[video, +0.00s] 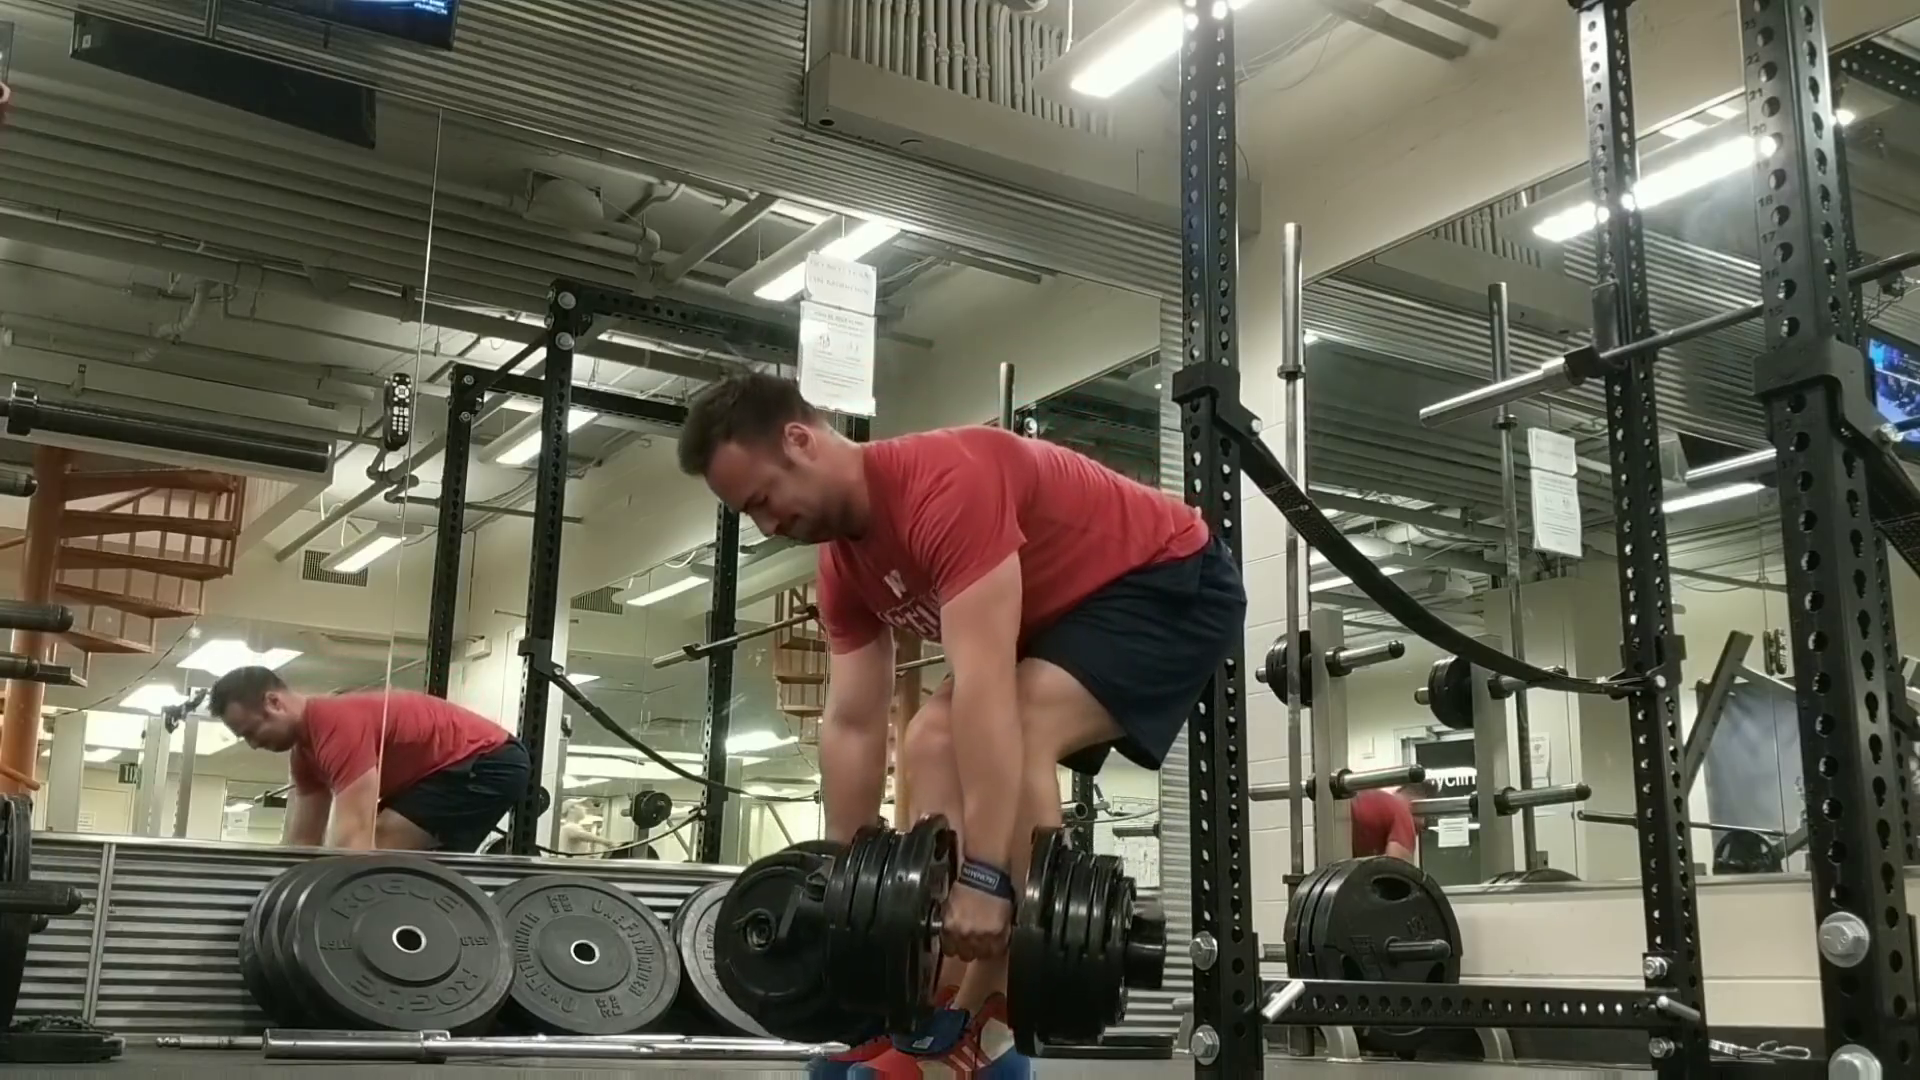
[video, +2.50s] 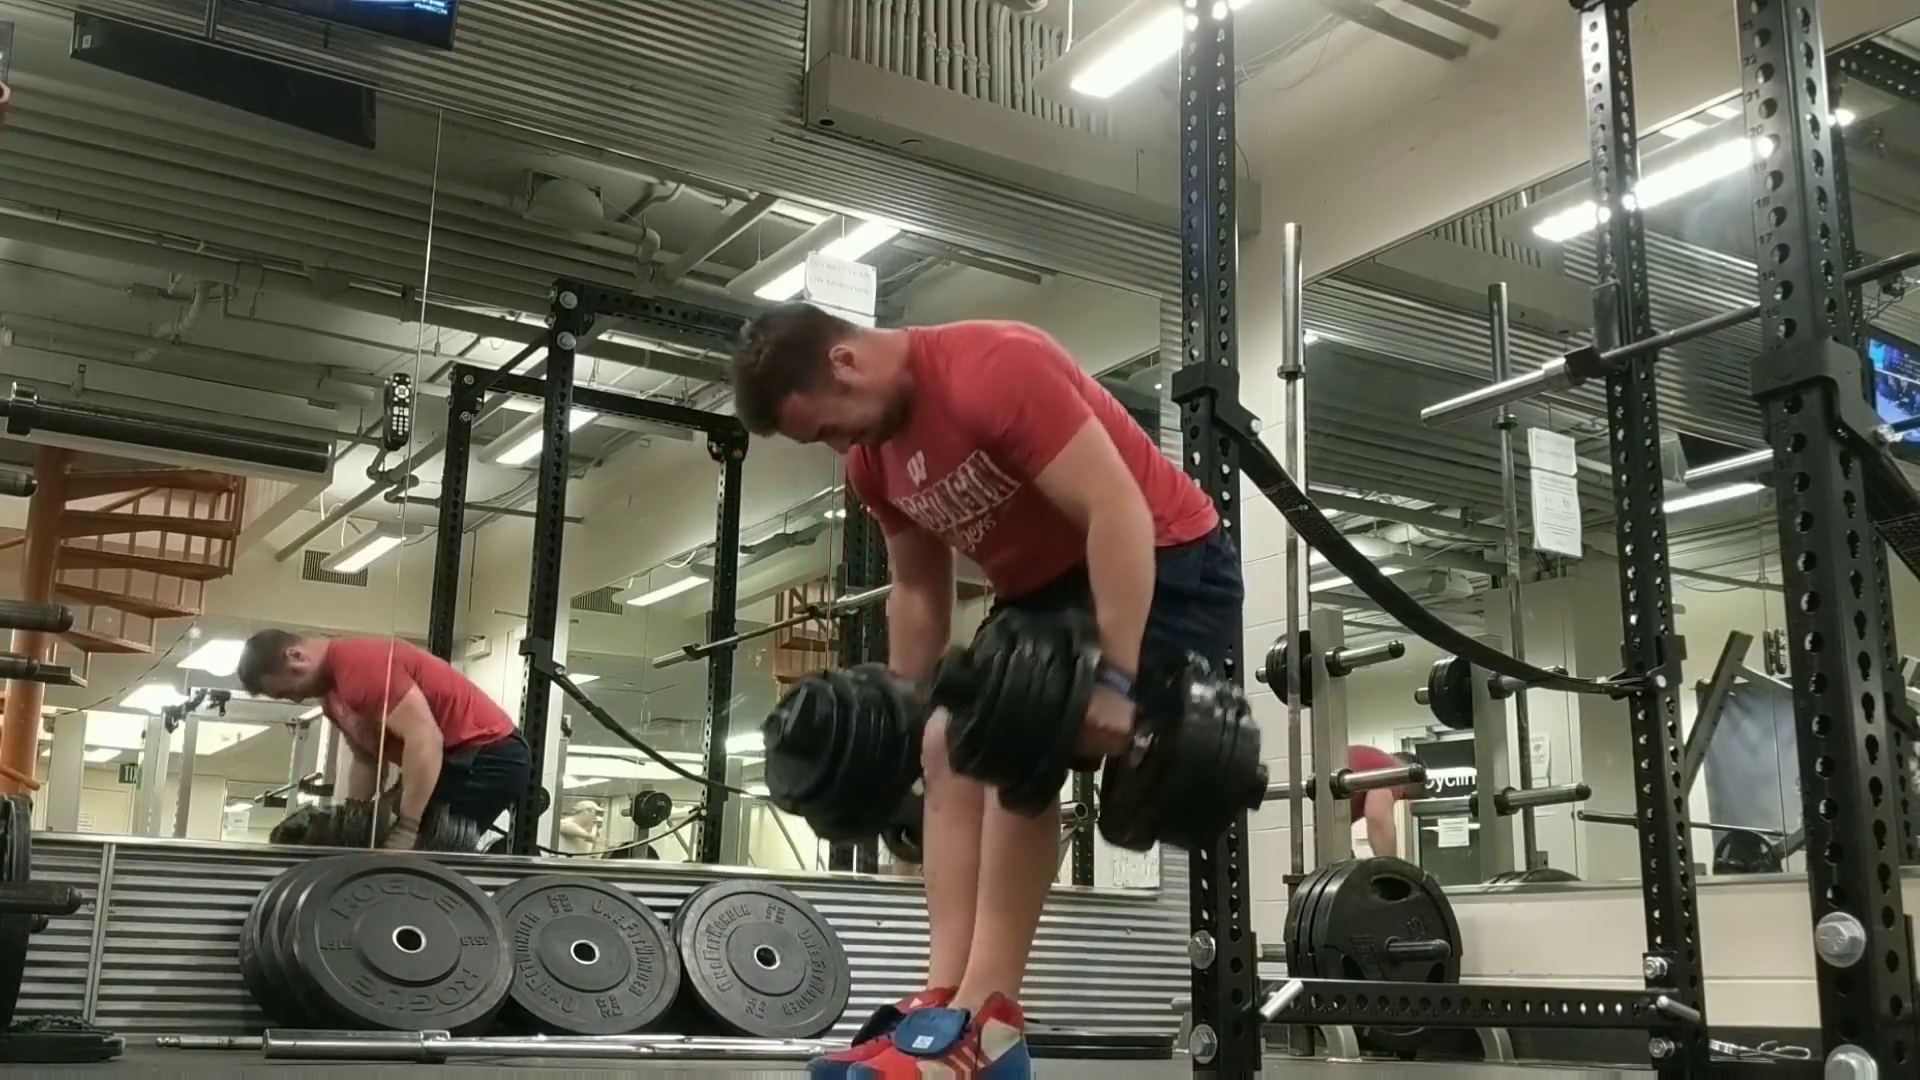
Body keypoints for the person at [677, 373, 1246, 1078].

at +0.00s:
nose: (764, 525)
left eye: (762, 499)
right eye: (748, 515)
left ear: (803, 439)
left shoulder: (952, 483)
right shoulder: (845, 566)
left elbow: (985, 687)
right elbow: (854, 723)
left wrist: (985, 879)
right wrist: (845, 884)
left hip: (1167, 580)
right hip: (1061, 615)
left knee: (1015, 726)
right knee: (933, 737)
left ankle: (991, 1029)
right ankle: (935, 1018)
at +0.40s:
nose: (789, 483)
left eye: (784, 456)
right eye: (772, 473)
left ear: (820, 396)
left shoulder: (967, 432)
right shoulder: (853, 523)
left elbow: (1054, 601)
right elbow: (881, 664)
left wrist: (1048, 785)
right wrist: (872, 817)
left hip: (1167, 576)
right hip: (1047, 601)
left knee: (1012, 741)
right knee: (937, 738)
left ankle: (992, 1017)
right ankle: (944, 995)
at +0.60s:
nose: (819, 453)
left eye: (810, 432)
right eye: (800, 447)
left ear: (834, 366)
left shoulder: (985, 382)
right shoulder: (865, 475)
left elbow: (1107, 524)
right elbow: (915, 595)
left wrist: (1097, 691)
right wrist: (904, 735)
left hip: (1159, 563)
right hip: (1038, 594)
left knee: (1026, 752)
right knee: (956, 746)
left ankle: (991, 1014)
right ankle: (942, 1000)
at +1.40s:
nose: (808, 477)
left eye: (798, 457)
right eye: (790, 471)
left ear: (823, 390)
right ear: (823, 393)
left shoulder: (976, 407)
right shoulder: (857, 493)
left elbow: (1051, 590)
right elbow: (885, 641)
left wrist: (1055, 774)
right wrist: (872, 794)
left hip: (1163, 570)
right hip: (1043, 596)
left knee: (1028, 743)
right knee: (947, 746)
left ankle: (989, 1018)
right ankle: (944, 999)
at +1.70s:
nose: (773, 512)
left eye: (769, 487)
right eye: (757, 500)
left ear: (807, 426)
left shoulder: (955, 465)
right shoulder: (845, 546)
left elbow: (989, 667)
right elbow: (855, 704)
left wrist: (991, 854)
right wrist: (848, 866)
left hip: (1167, 578)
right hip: (1062, 611)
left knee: (1012, 735)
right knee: (939, 739)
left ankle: (992, 1027)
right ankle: (936, 1016)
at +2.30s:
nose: (801, 468)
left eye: (793, 444)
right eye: (783, 458)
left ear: (827, 382)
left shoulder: (973, 414)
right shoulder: (858, 505)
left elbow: (1064, 580)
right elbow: (885, 641)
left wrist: (1055, 761)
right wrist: (872, 794)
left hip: (1167, 572)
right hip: (1044, 596)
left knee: (1027, 735)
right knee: (950, 728)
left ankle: (989, 1019)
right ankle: (940, 1003)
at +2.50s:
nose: (835, 448)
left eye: (825, 428)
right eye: (818, 442)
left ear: (846, 360)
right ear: (845, 367)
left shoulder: (995, 368)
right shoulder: (871, 460)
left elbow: (1117, 510)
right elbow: (916, 583)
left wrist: (1117, 679)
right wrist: (899, 721)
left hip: (1156, 568)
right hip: (1040, 593)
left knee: (1022, 751)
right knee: (949, 739)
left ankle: (992, 1013)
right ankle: (942, 999)